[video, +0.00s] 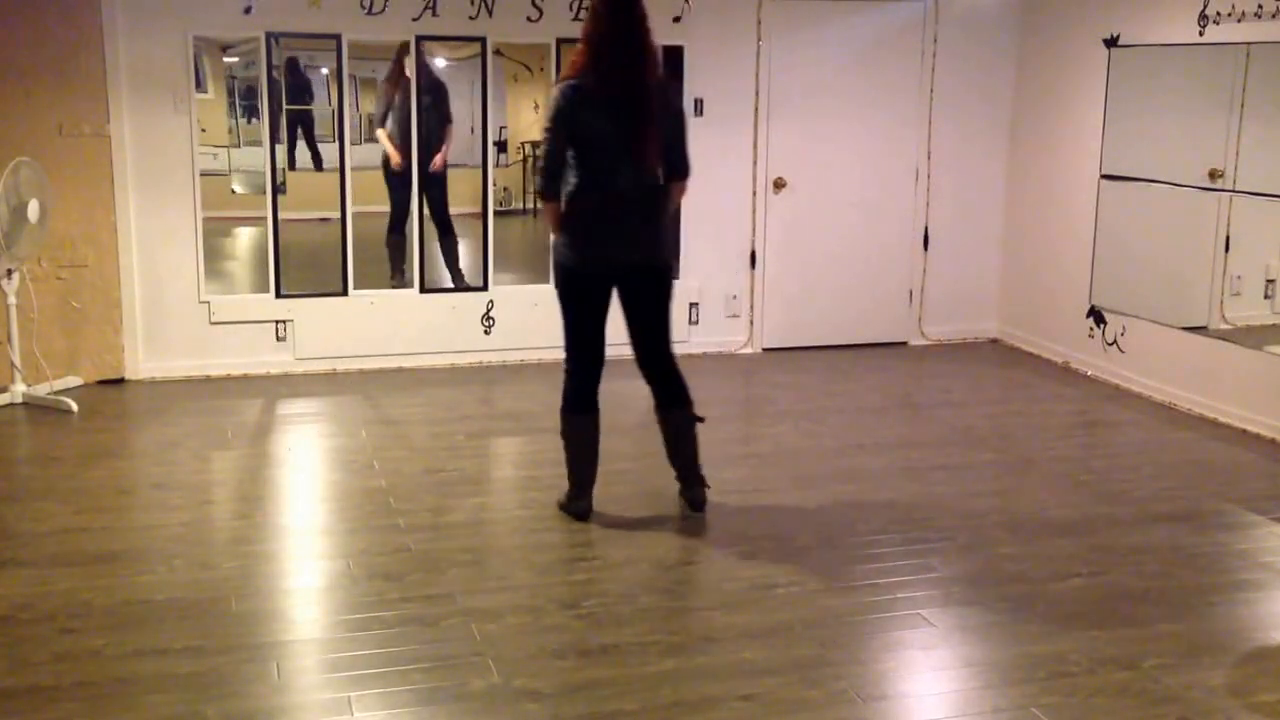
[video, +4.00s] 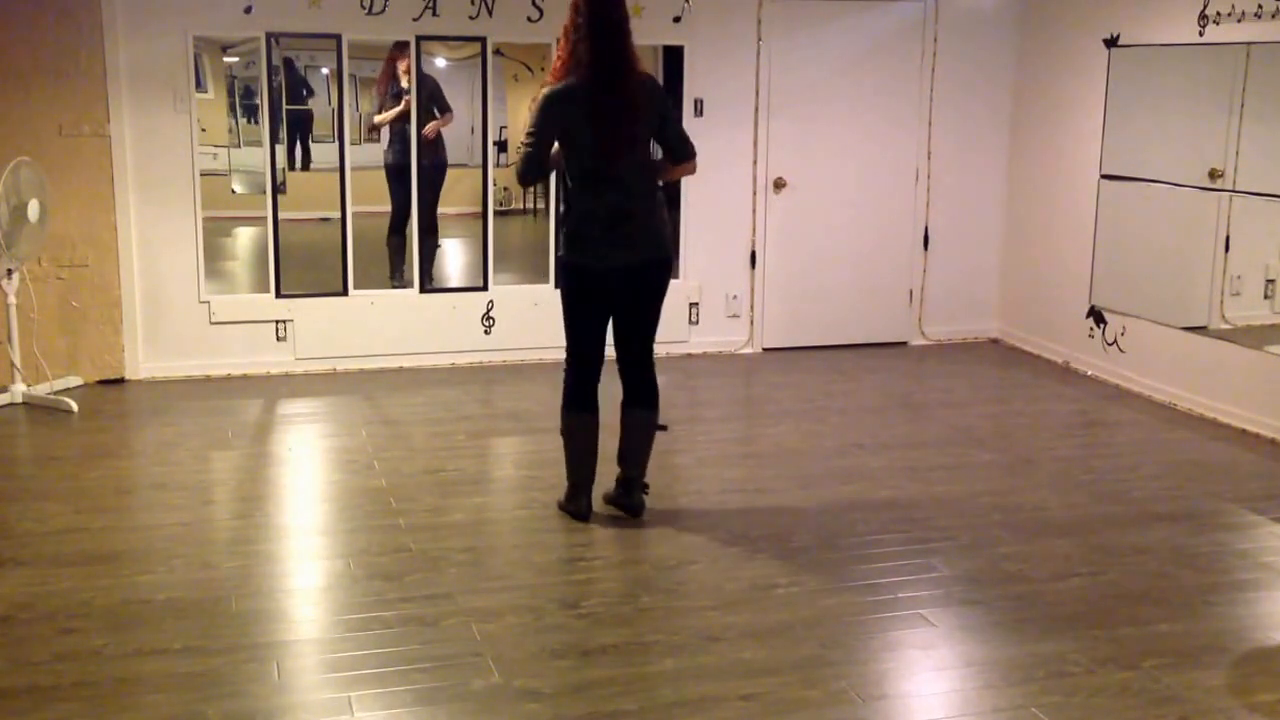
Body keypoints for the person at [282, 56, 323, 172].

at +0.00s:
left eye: (286, 67)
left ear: (286, 67)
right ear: (298, 66)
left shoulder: (284, 80)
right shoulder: (305, 79)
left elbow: (280, 96)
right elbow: (311, 96)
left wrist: (281, 108)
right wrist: (307, 102)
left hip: (290, 111)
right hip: (305, 110)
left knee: (291, 144)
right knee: (311, 141)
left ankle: (291, 170)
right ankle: (319, 167)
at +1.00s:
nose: (280, 70)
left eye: (281, 67)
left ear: (283, 67)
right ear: (294, 65)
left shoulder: (281, 80)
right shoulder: (301, 78)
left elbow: (278, 98)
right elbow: (306, 95)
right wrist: (304, 103)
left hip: (288, 112)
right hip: (302, 111)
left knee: (290, 143)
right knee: (302, 141)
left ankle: (291, 168)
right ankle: (305, 166)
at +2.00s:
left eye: (284, 67)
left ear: (285, 67)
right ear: (297, 66)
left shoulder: (283, 82)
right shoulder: (302, 80)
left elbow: (280, 100)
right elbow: (308, 97)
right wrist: (311, 109)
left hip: (292, 113)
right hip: (307, 112)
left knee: (294, 142)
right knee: (307, 143)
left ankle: (292, 169)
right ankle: (306, 169)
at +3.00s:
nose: (282, 71)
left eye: (282, 68)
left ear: (283, 67)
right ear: (293, 65)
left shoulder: (282, 80)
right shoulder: (301, 78)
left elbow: (278, 97)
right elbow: (307, 96)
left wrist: (279, 110)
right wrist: (304, 106)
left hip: (287, 113)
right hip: (300, 112)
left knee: (288, 142)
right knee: (299, 141)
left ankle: (289, 167)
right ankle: (303, 164)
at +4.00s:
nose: (284, 70)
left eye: (283, 67)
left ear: (283, 67)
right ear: (294, 65)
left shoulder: (282, 81)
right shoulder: (300, 77)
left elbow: (278, 96)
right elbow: (311, 91)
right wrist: (304, 98)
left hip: (289, 112)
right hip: (303, 112)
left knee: (291, 143)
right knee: (304, 142)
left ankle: (291, 168)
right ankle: (305, 168)